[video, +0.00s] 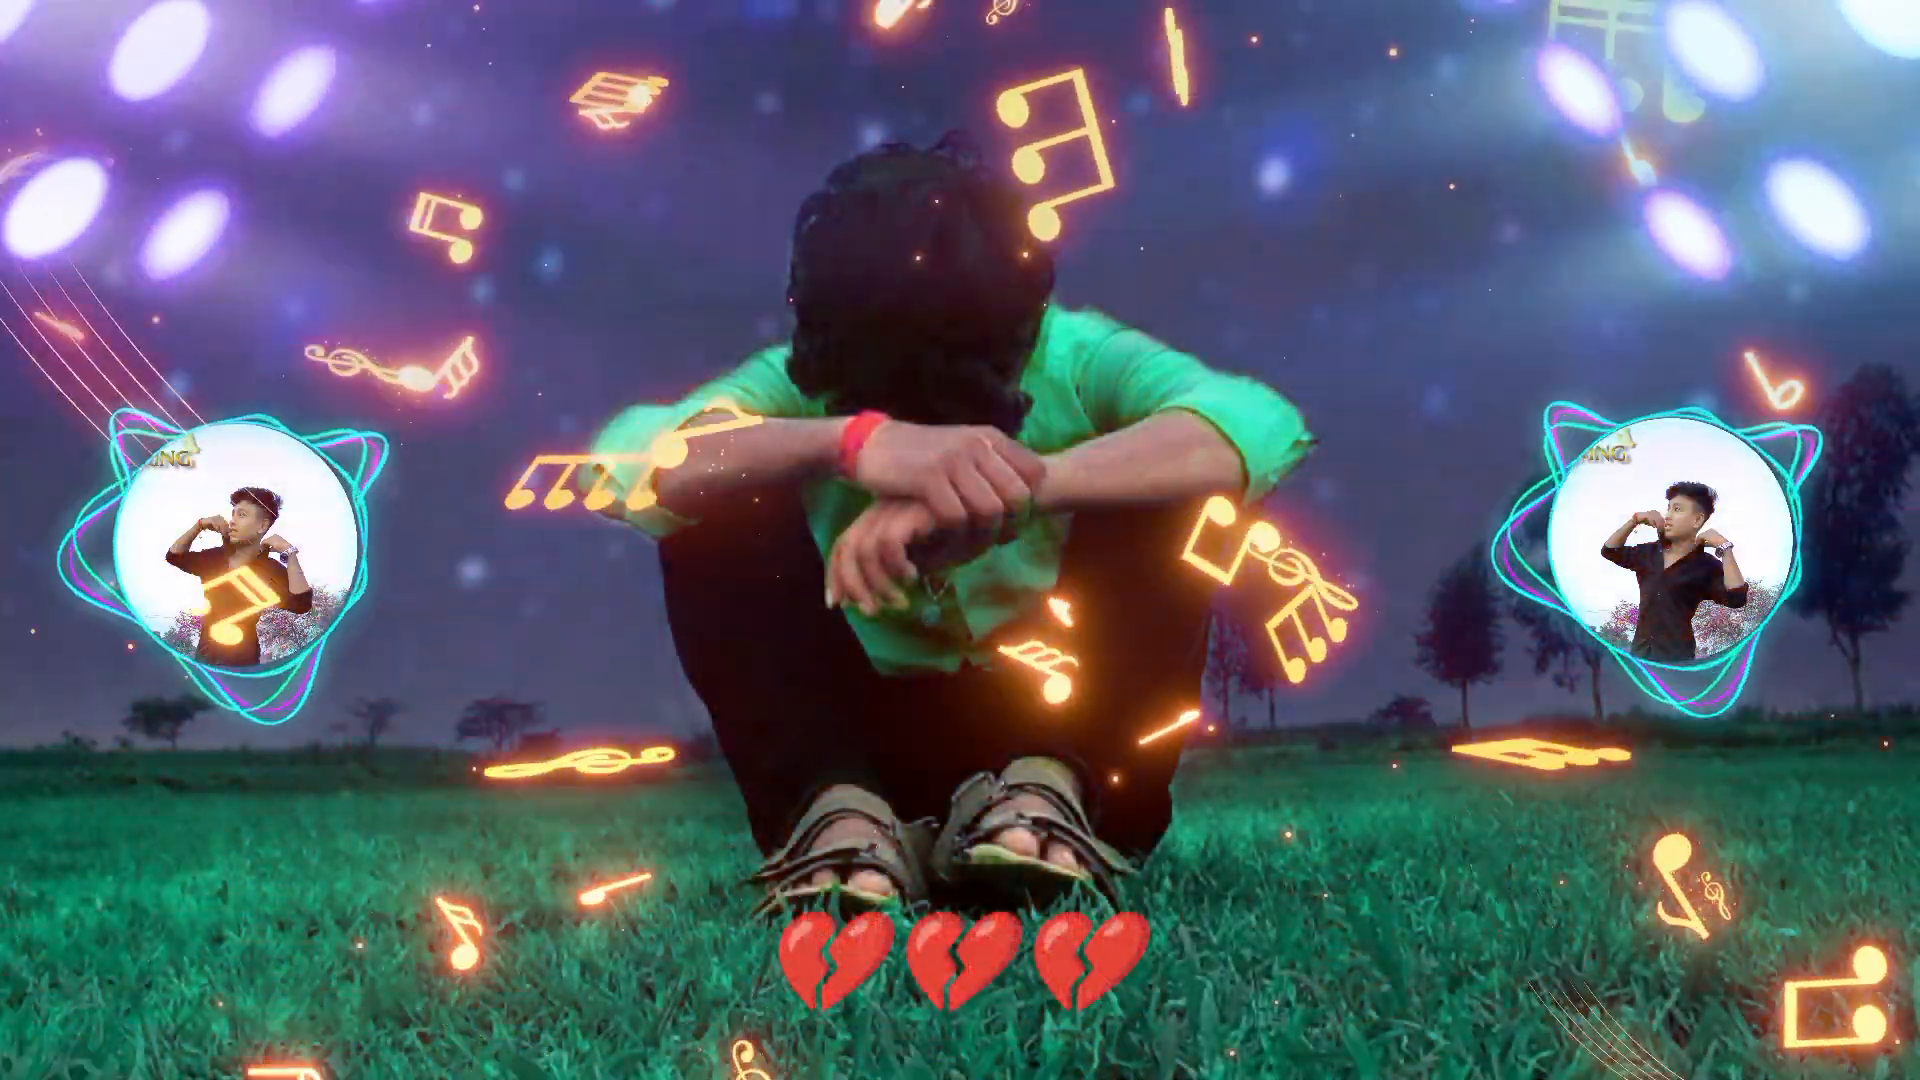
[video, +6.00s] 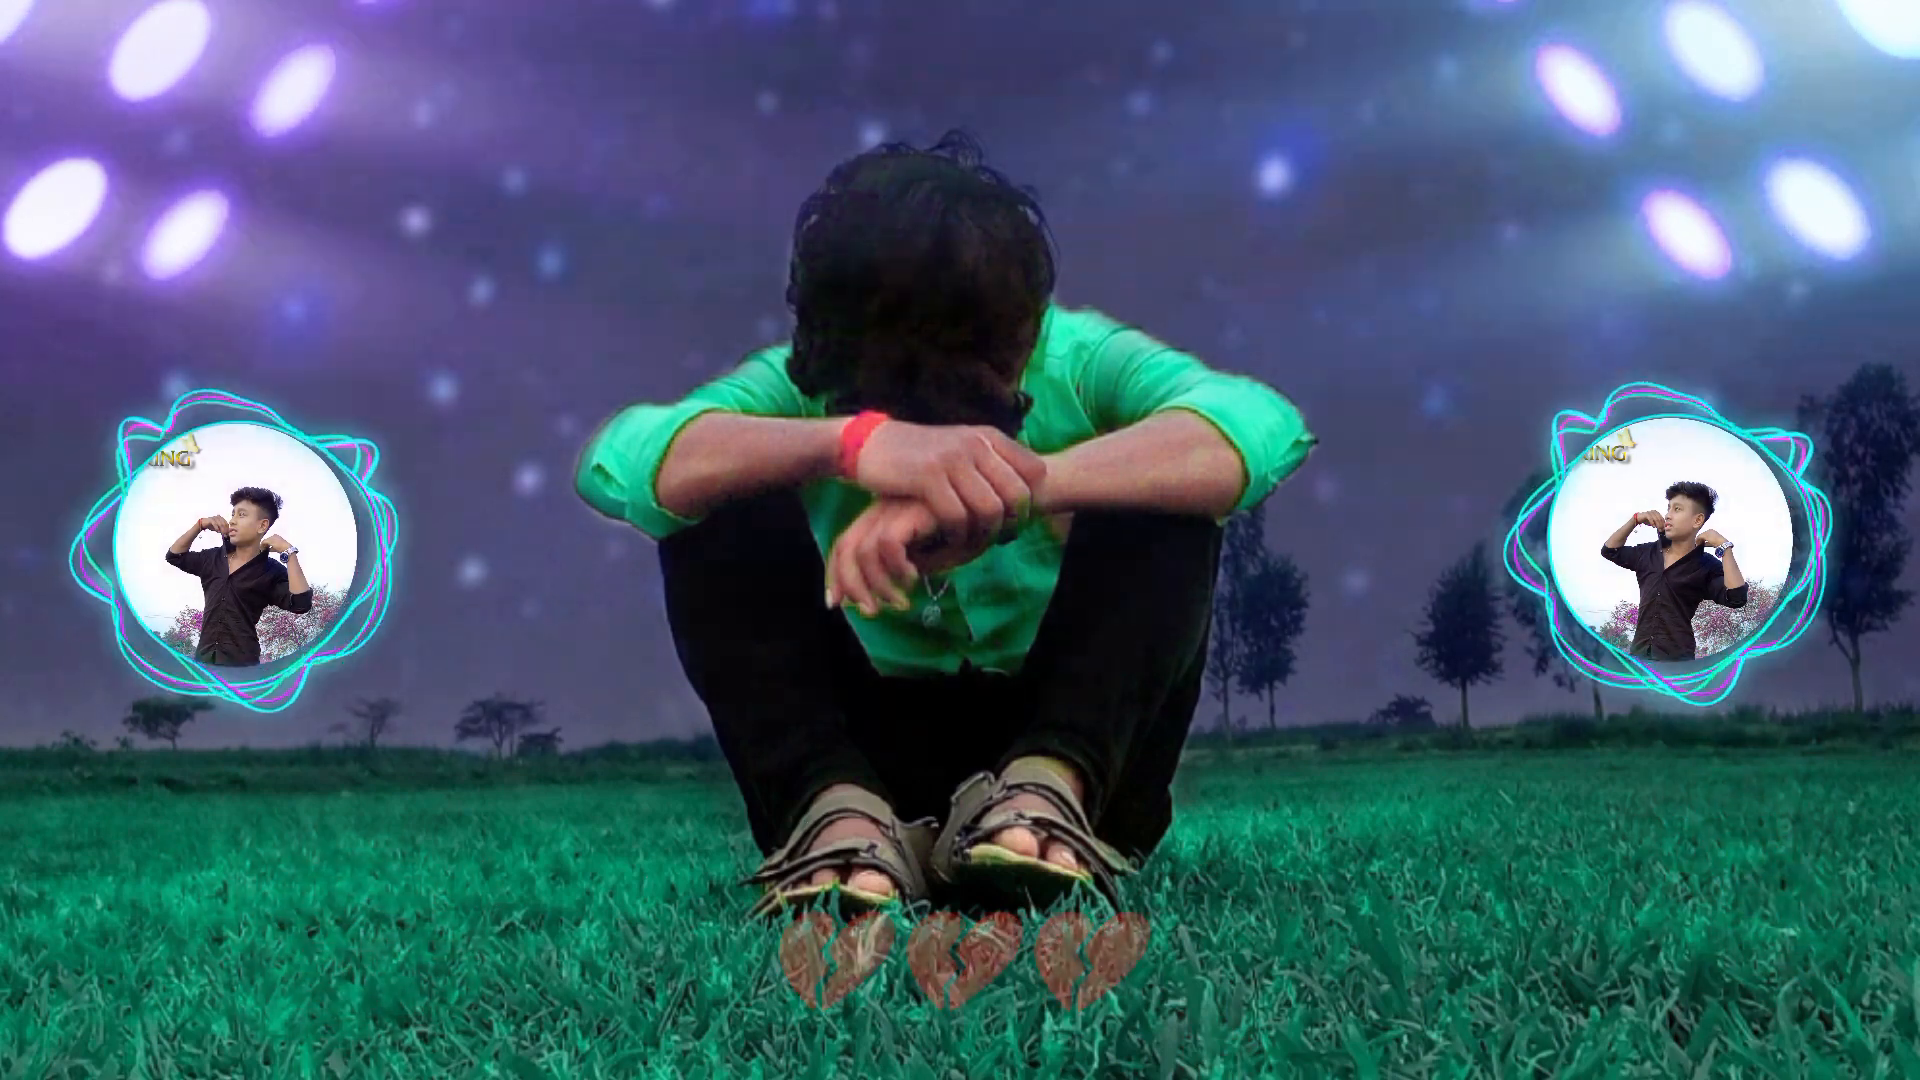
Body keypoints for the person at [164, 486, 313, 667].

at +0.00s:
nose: (232, 520)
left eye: (242, 515)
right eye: (233, 513)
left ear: (264, 525)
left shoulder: (272, 569)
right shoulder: (213, 559)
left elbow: (302, 606)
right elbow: (174, 557)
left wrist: (290, 554)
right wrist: (199, 526)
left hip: (245, 665)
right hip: (206, 660)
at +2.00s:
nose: (232, 521)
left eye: (242, 515)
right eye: (233, 514)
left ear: (263, 525)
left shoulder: (270, 570)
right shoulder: (213, 557)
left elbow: (302, 604)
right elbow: (174, 556)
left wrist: (290, 553)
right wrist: (198, 526)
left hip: (243, 658)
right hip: (205, 654)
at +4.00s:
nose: (232, 521)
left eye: (242, 515)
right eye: (233, 514)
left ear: (263, 525)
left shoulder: (270, 570)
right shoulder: (212, 558)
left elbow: (301, 605)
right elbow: (174, 557)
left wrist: (290, 553)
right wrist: (199, 526)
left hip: (242, 662)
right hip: (203, 658)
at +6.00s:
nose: (232, 521)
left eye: (242, 515)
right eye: (233, 515)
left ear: (263, 525)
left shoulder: (270, 570)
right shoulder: (212, 558)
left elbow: (301, 604)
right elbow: (174, 557)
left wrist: (289, 553)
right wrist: (199, 526)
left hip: (242, 665)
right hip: (203, 660)